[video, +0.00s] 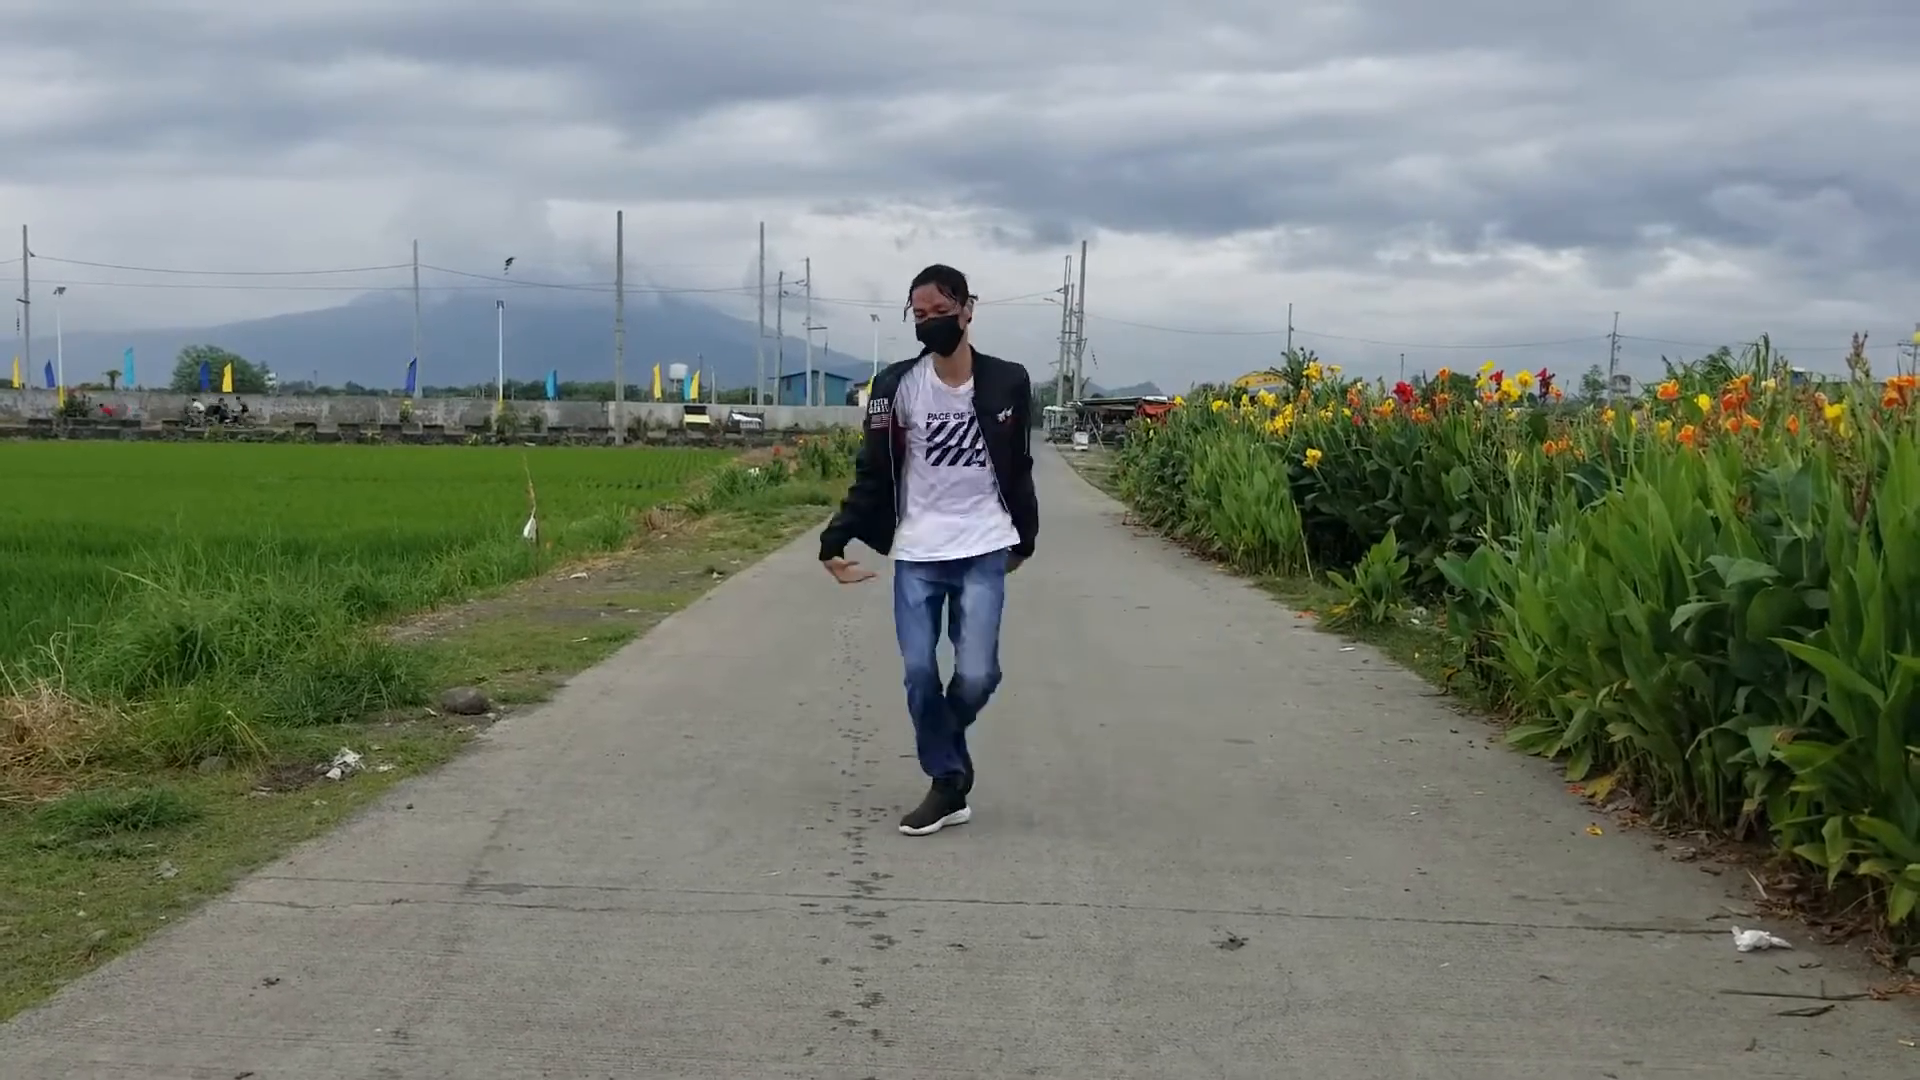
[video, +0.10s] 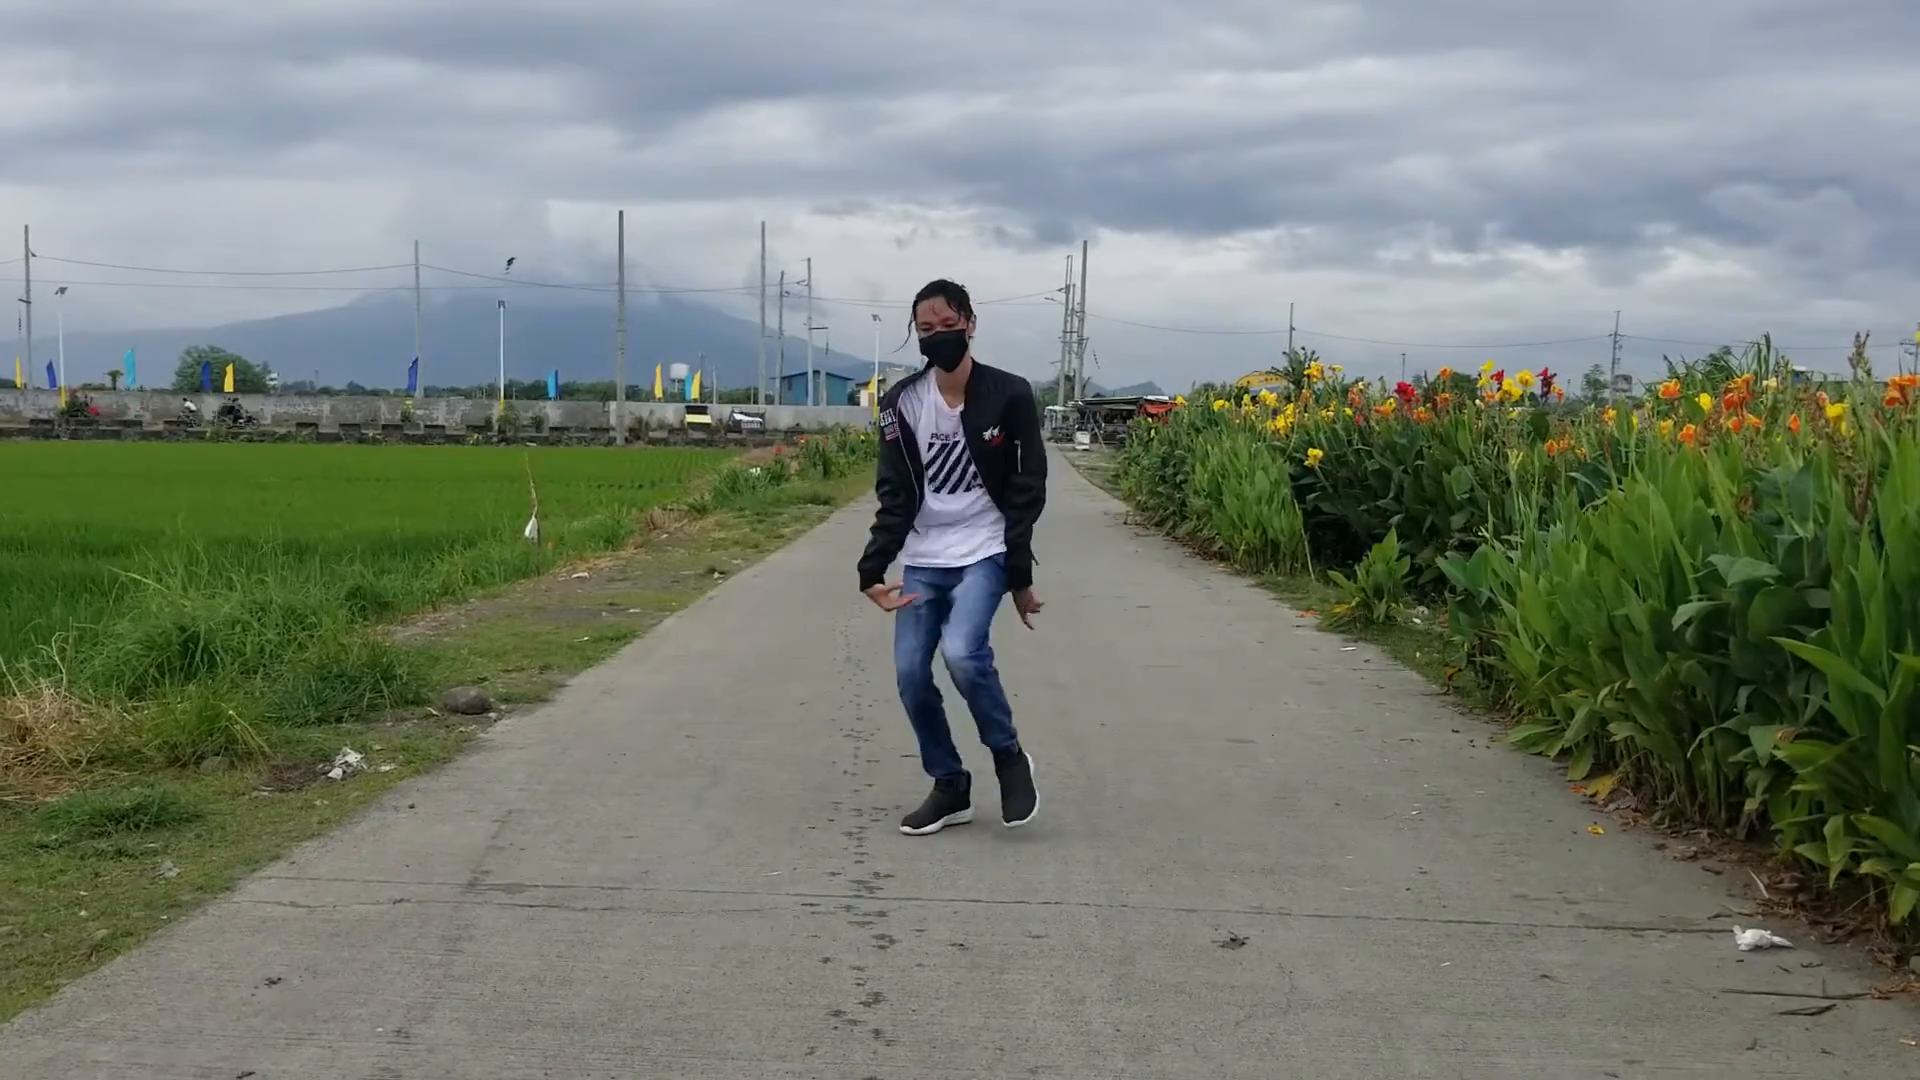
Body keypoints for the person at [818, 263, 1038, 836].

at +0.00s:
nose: (928, 324)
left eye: (938, 312)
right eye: (919, 316)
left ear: (967, 311)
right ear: (912, 320)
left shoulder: (1007, 381)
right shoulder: (894, 386)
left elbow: (1019, 466)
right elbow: (873, 476)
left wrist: (1024, 534)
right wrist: (835, 536)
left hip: (985, 544)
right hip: (916, 547)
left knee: (978, 676)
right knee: (919, 673)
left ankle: (945, 739)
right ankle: (948, 781)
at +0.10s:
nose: (936, 336)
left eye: (946, 324)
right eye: (925, 328)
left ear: (968, 324)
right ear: (915, 335)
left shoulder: (1009, 395)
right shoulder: (900, 402)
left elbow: (1027, 489)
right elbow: (895, 495)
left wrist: (1020, 574)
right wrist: (872, 570)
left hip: (987, 548)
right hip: (921, 552)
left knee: (961, 655)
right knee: (910, 676)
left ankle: (1008, 758)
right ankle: (950, 784)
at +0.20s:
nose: (951, 340)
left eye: (959, 329)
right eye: (938, 334)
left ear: (976, 331)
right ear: (923, 342)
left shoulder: (1014, 397)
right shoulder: (913, 408)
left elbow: (1046, 491)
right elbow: (916, 500)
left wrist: (1035, 586)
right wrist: (903, 576)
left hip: (999, 553)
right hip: (937, 558)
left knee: (965, 672)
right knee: (912, 678)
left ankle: (1030, 803)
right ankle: (952, 789)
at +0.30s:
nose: (969, 334)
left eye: (976, 323)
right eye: (955, 329)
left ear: (992, 325)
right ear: (939, 338)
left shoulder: (1032, 389)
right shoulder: (927, 407)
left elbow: (1080, 480)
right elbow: (932, 498)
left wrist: (1057, 562)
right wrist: (920, 569)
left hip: (1018, 561)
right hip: (952, 565)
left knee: (1002, 688)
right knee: (929, 686)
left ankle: (1028, 817)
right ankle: (953, 787)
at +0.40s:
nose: (991, 325)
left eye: (999, 314)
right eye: (977, 320)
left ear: (1014, 318)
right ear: (959, 332)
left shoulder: (1052, 376)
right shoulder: (943, 400)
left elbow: (1104, 459)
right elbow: (941, 491)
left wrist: (1102, 535)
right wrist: (924, 557)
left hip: (1055, 557)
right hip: (985, 563)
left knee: (1055, 688)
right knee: (973, 688)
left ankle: (1055, 818)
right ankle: (971, 782)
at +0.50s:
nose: (1018, 324)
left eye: (1025, 313)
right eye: (1003, 319)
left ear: (1039, 317)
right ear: (982, 331)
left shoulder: (1076, 375)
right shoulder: (957, 397)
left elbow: (1128, 453)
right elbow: (932, 481)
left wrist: (1154, 526)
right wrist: (921, 549)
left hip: (1079, 558)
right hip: (1011, 566)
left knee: (1082, 691)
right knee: (1023, 694)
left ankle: (1064, 817)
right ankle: (1032, 780)